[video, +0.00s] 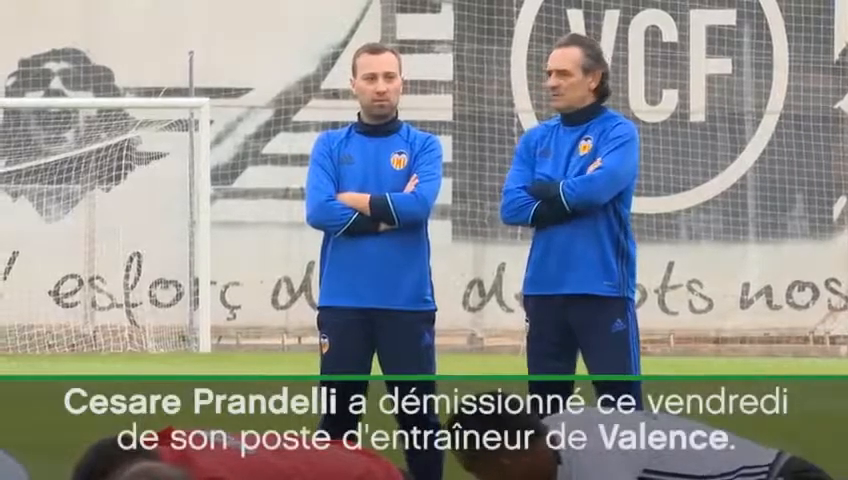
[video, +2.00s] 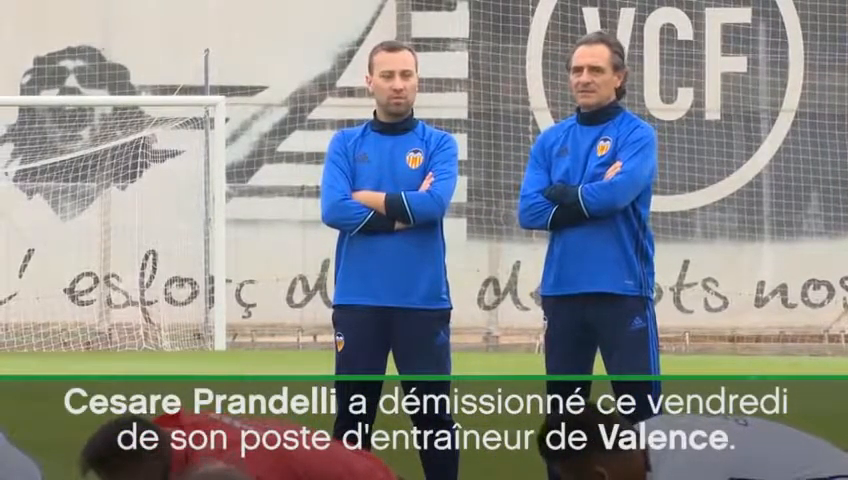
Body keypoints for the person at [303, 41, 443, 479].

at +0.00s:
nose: (381, 87)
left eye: (389, 77)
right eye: (370, 78)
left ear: (402, 84)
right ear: (353, 86)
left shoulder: (424, 144)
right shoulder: (330, 144)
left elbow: (418, 207)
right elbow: (318, 212)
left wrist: (348, 198)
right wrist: (391, 214)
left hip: (407, 303)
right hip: (342, 303)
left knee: (418, 415)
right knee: (337, 417)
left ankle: (427, 479)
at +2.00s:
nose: (398, 84)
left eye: (406, 75)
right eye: (388, 75)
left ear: (417, 82)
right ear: (370, 83)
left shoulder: (440, 143)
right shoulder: (345, 142)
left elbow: (434, 206)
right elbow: (333, 210)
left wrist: (363, 197)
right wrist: (406, 213)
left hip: (423, 302)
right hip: (358, 302)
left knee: (433, 416)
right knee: (352, 418)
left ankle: (442, 479)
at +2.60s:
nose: (396, 84)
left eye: (405, 75)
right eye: (386, 76)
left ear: (417, 82)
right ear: (369, 83)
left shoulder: (439, 143)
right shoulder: (345, 142)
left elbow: (433, 206)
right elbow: (333, 211)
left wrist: (361, 196)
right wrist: (406, 213)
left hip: (423, 302)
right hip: (358, 301)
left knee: (434, 417)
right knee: (352, 418)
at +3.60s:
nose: (392, 85)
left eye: (401, 76)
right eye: (382, 76)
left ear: (416, 82)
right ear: (369, 84)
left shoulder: (439, 143)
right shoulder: (345, 142)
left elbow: (433, 204)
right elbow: (332, 209)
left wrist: (361, 196)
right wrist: (404, 215)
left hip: (422, 301)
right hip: (357, 301)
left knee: (432, 417)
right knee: (352, 418)